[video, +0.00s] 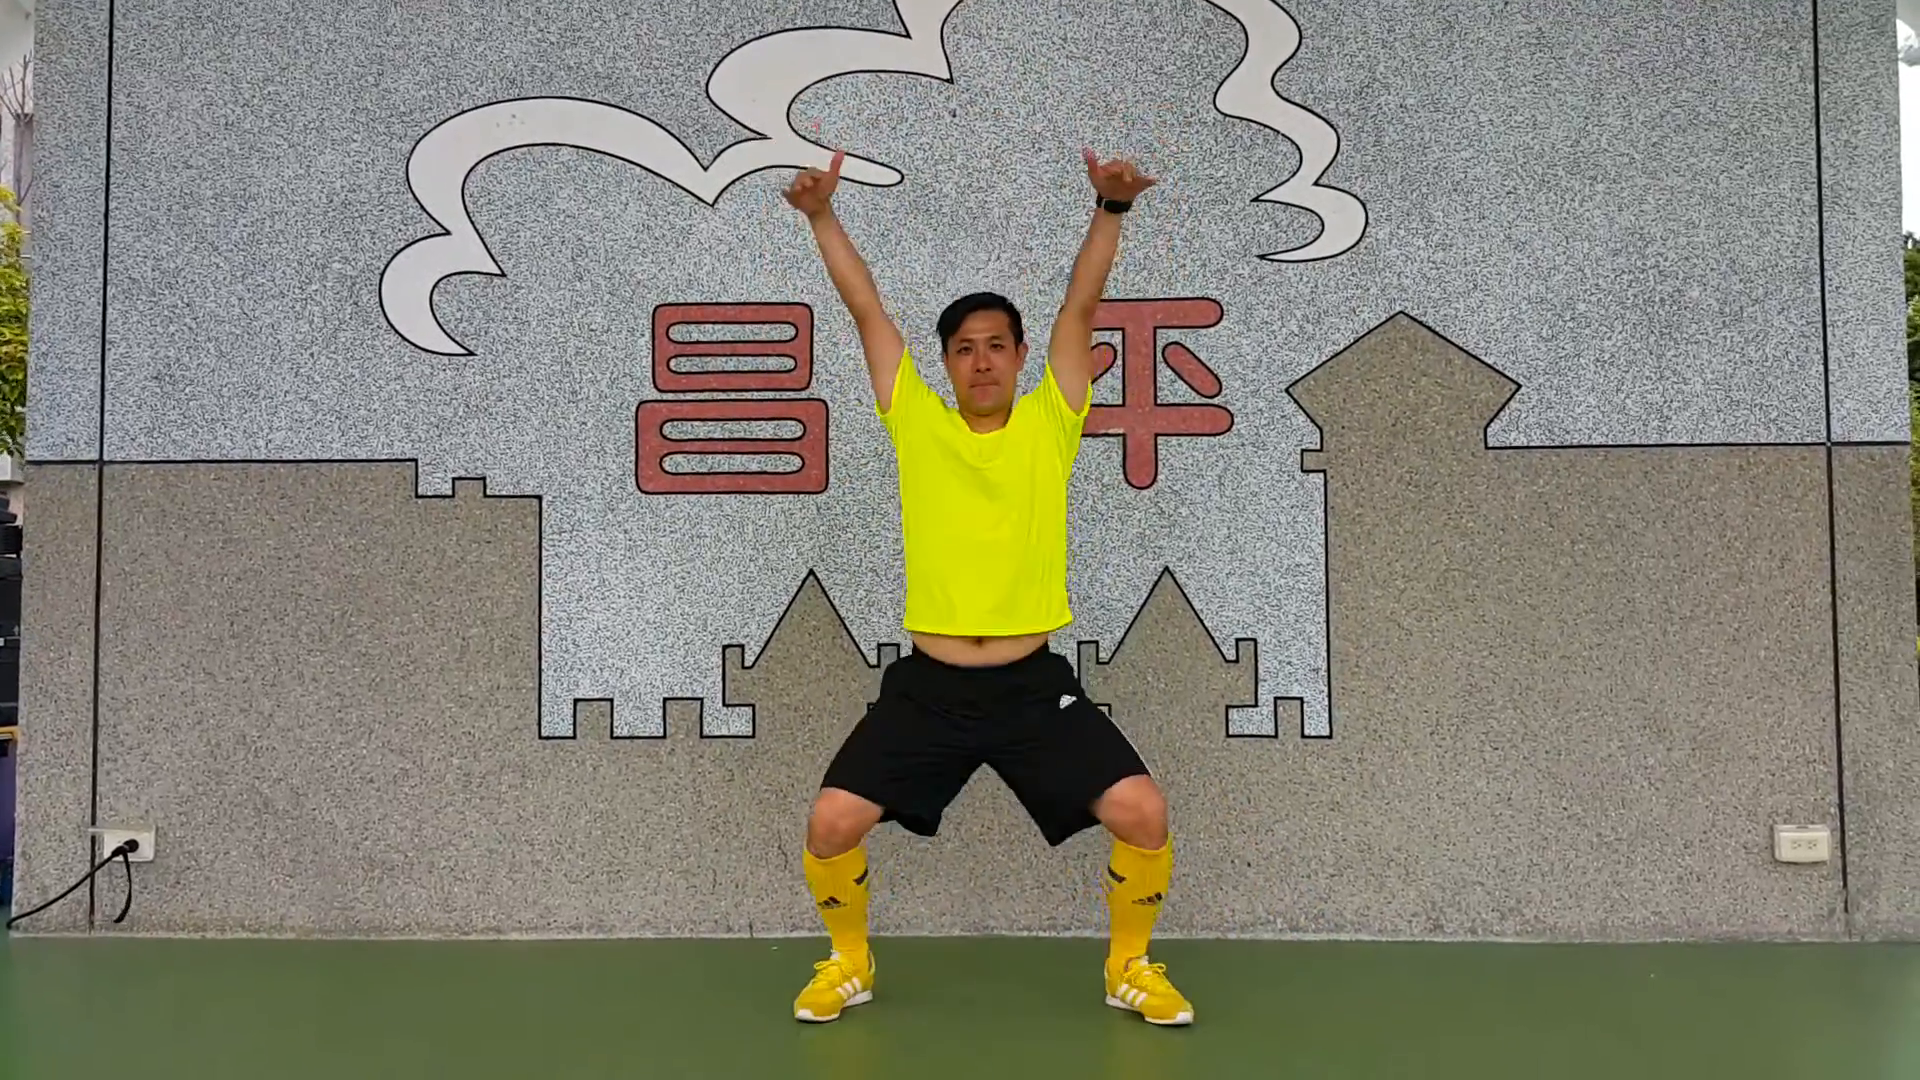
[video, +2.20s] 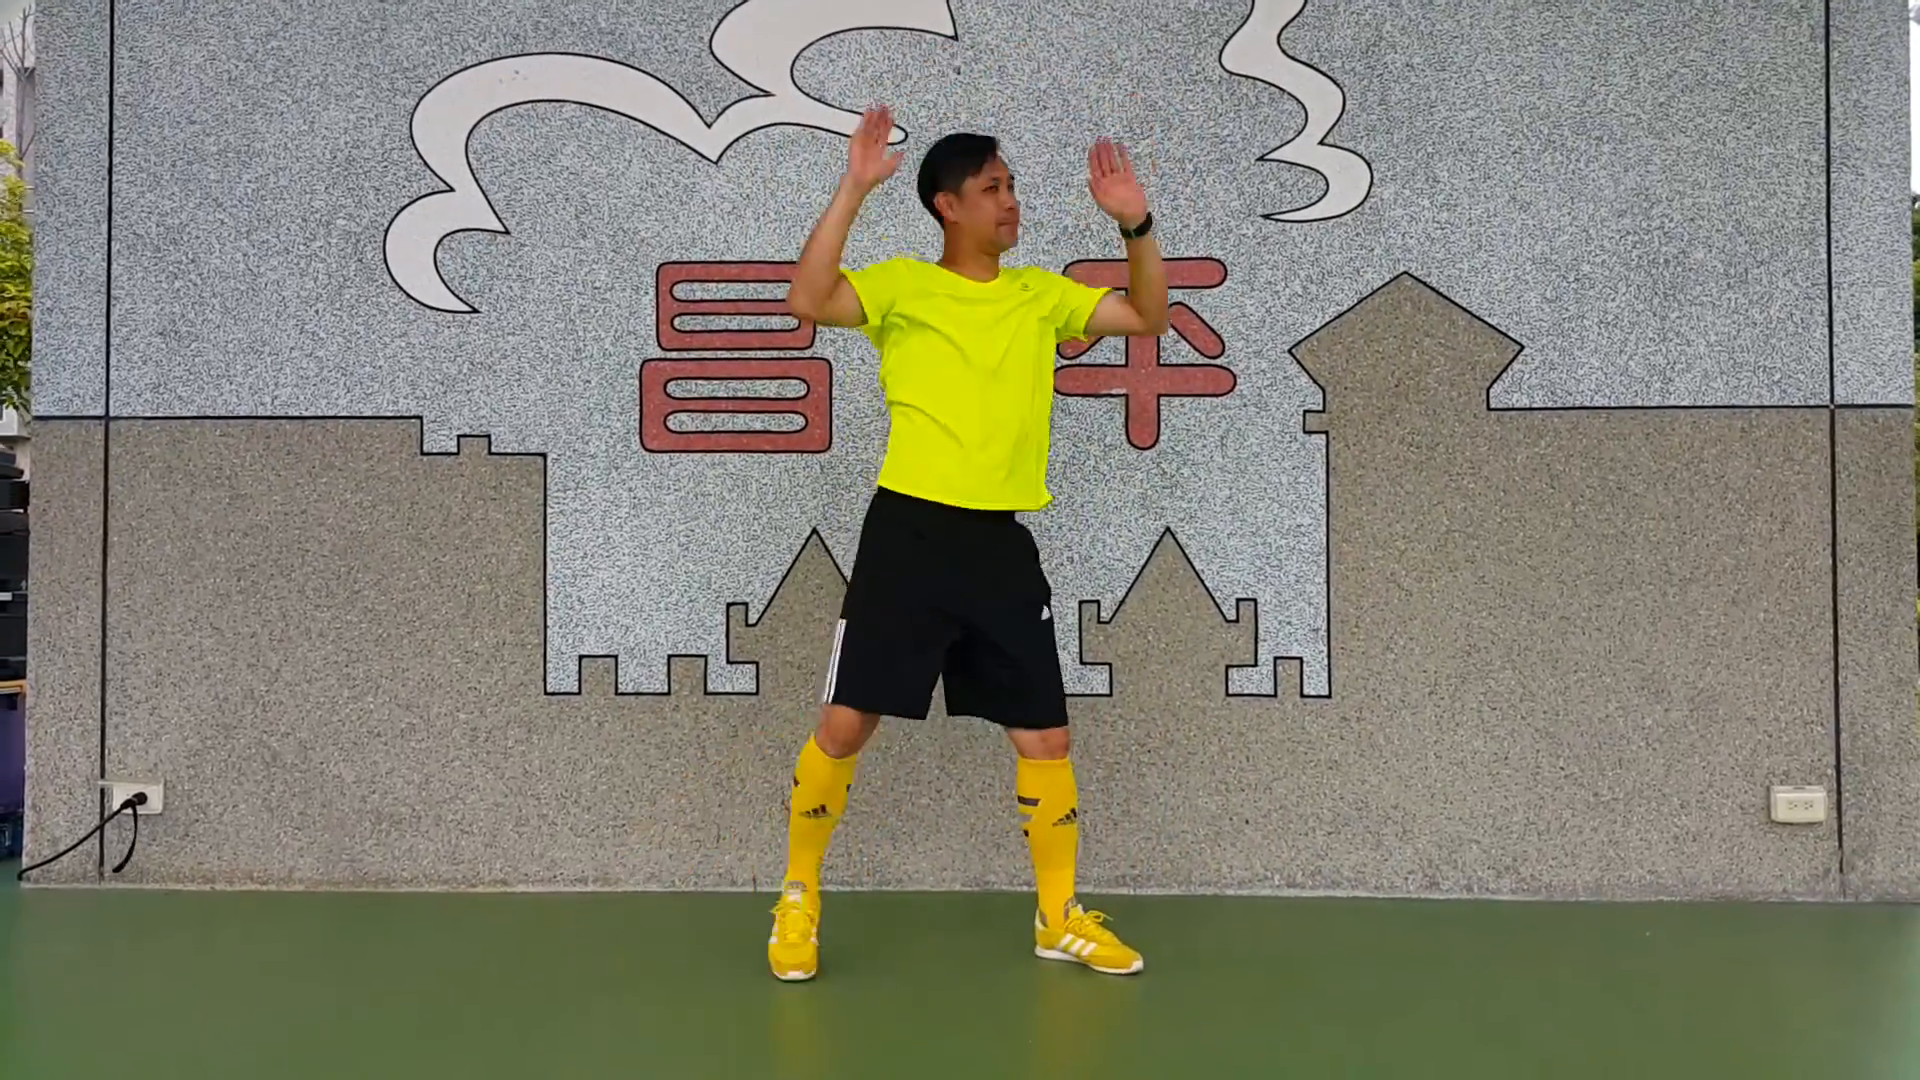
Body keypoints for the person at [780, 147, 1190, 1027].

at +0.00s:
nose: (981, 358)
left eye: (995, 346)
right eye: (966, 348)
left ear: (1022, 360)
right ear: (946, 365)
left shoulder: (1051, 429)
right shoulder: (917, 427)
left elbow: (1081, 311)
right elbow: (867, 315)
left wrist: (1110, 209)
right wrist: (821, 215)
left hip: (1036, 687)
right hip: (927, 689)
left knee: (1142, 812)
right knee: (830, 822)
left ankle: (1129, 968)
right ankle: (850, 964)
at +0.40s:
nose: (975, 241)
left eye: (991, 229)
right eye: (960, 231)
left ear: (1015, 247)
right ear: (939, 252)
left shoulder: (1053, 333)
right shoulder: (904, 338)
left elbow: (1137, 403)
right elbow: (803, 395)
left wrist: (1160, 314)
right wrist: (780, 298)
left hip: (1024, 579)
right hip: (921, 580)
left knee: (1068, 765)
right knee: (887, 764)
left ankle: (1122, 949)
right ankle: (848, 951)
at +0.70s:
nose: (975, 258)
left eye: (991, 244)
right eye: (959, 246)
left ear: (1014, 258)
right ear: (939, 262)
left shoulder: (1060, 333)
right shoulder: (900, 342)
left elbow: (1152, 275)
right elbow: (797, 291)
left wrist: (1159, 170)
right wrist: (784, 181)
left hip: (1031, 589)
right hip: (929, 592)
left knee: (1092, 776)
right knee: (870, 774)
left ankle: (1123, 957)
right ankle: (848, 954)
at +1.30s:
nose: (1011, 226)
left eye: (1020, 212)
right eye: (992, 213)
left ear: (1031, 224)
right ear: (955, 225)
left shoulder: (1056, 321)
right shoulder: (914, 296)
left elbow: (1141, 397)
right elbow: (809, 343)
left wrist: (1170, 314)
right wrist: (839, 251)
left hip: (1019, 558)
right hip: (924, 554)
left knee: (1064, 750)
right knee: (880, 752)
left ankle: (1063, 943)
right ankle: (842, 936)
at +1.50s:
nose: (1045, 247)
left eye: (1043, 232)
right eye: (1030, 231)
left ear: (1019, 242)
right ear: (982, 237)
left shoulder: (1048, 353)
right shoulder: (934, 316)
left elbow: (1125, 409)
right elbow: (898, 391)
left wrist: (1175, 340)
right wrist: (970, 302)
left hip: (1008, 579)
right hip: (920, 561)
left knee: (1045, 756)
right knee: (864, 756)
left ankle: (1059, 941)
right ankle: (780, 915)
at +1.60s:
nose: (1034, 250)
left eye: (1032, 235)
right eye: (1021, 236)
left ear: (1019, 246)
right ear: (976, 240)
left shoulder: (1031, 328)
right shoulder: (931, 316)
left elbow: (1119, 310)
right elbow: (936, 268)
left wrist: (1157, 224)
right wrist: (997, 172)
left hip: (977, 572)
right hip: (899, 558)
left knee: (1023, 752)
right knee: (831, 747)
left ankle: (1059, 939)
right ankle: (704, 892)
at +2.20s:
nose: (1012, 197)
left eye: (1010, 184)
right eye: (994, 185)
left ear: (1000, 201)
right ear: (948, 204)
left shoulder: (1039, 294)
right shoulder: (901, 283)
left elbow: (1148, 313)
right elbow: (808, 298)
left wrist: (1136, 222)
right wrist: (854, 186)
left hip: (1002, 539)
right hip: (906, 531)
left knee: (1044, 730)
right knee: (848, 721)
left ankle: (1059, 916)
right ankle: (798, 899)